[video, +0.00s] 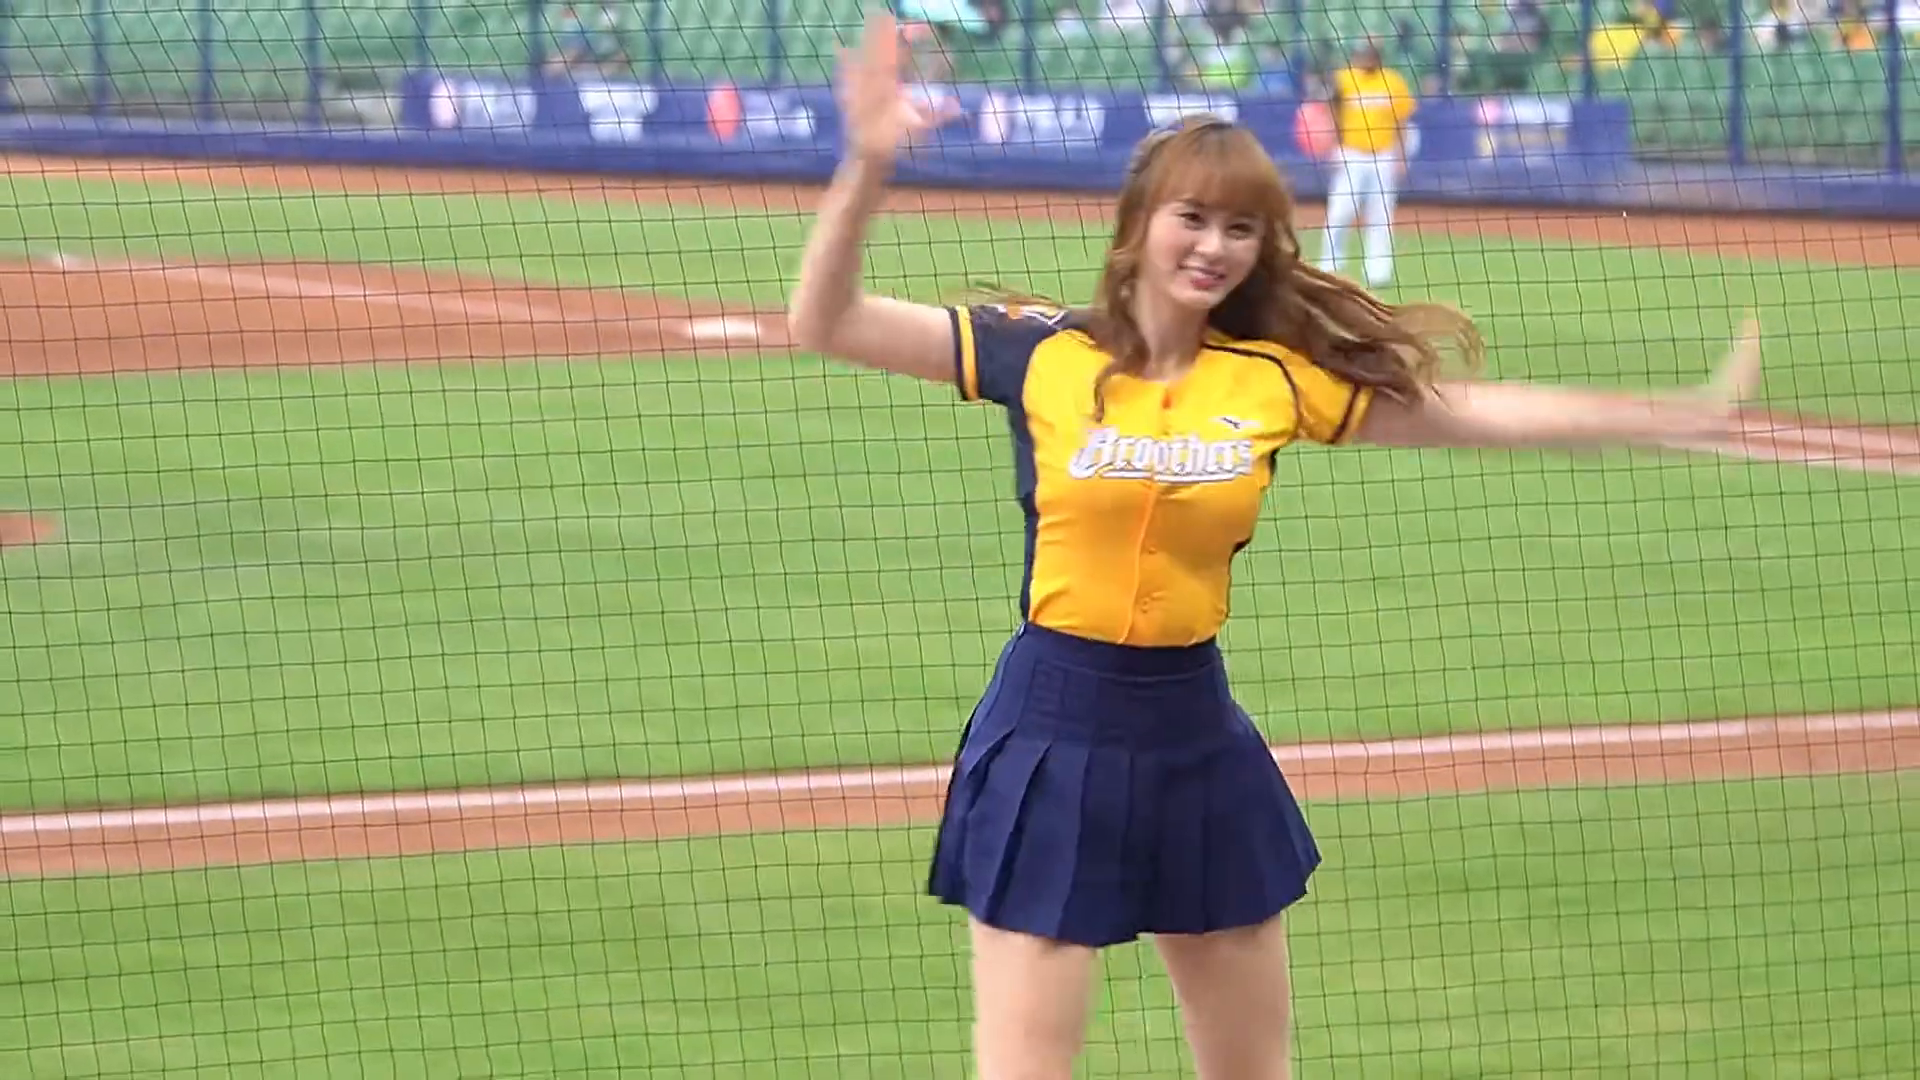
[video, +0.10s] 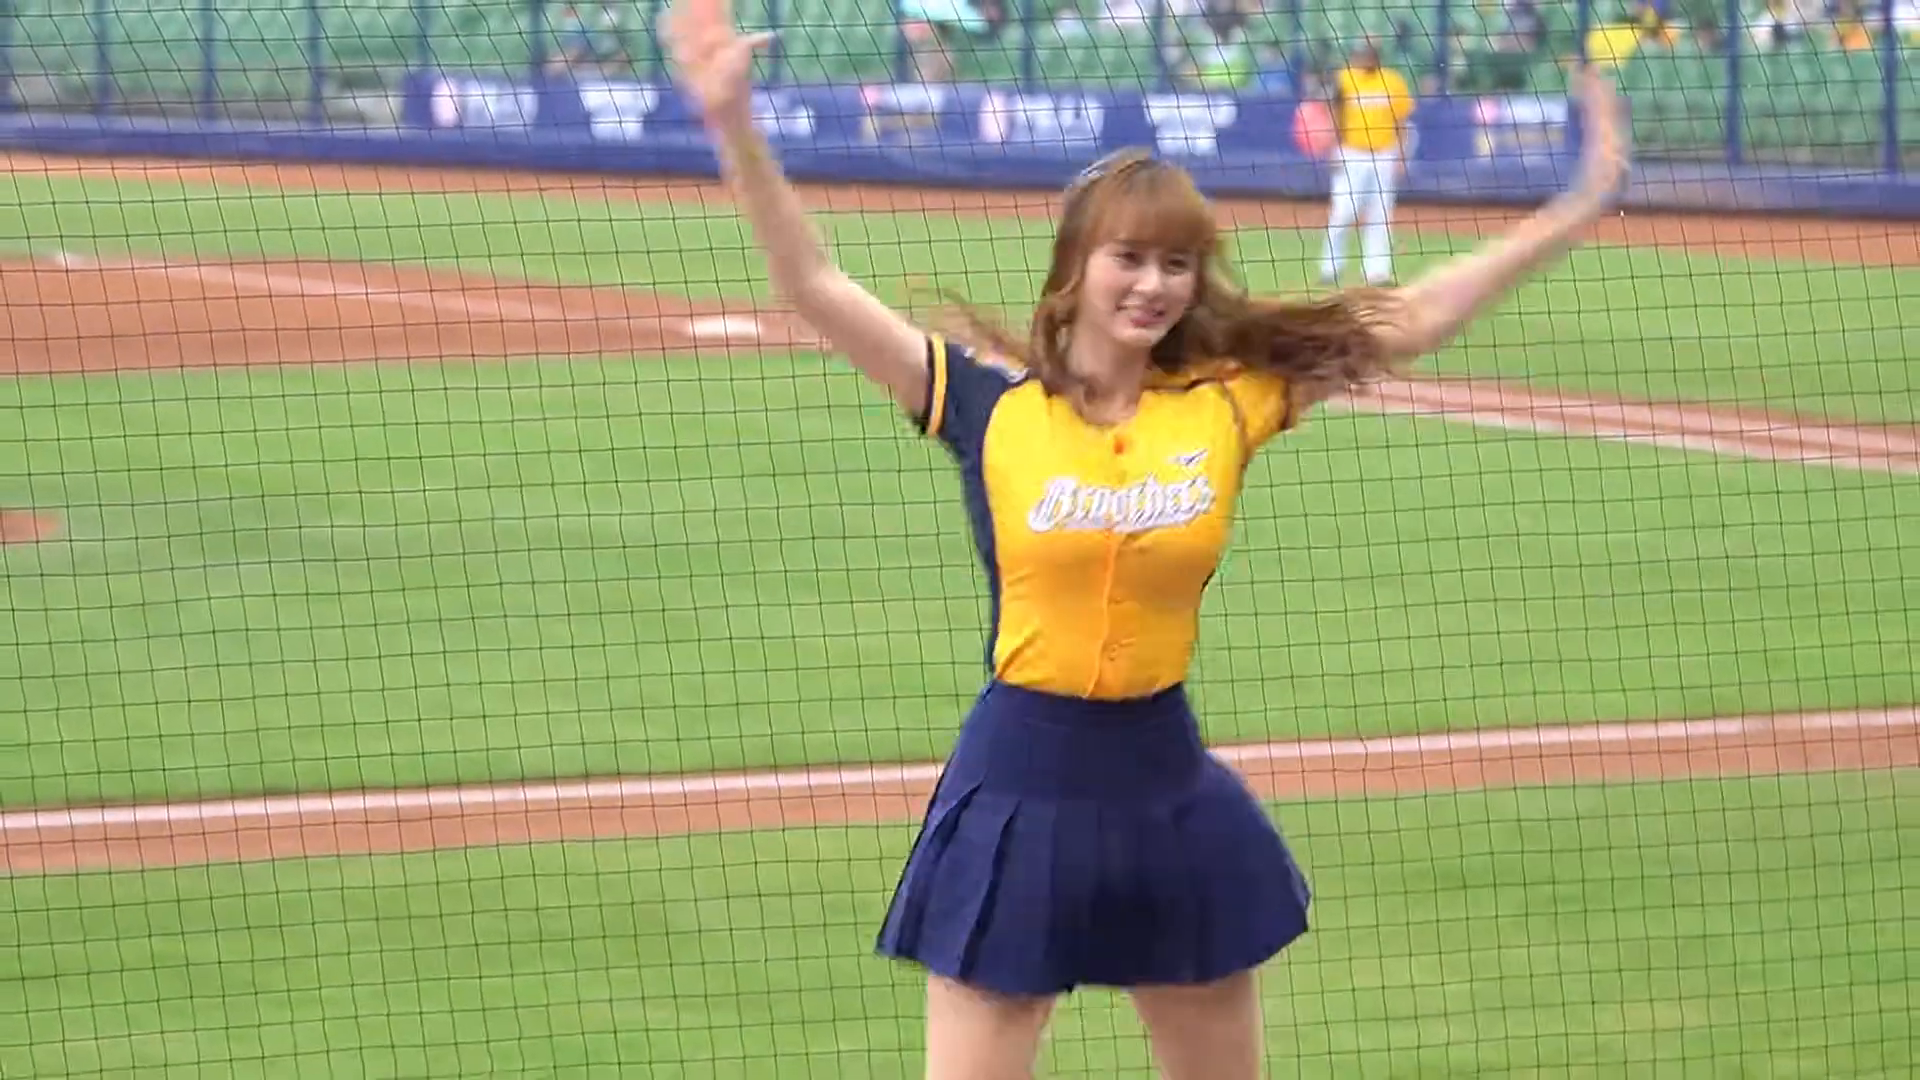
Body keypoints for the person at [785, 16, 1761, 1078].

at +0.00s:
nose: (1216, 246)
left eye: (1241, 226)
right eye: (1192, 217)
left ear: (1263, 248)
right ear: (1136, 223)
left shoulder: (1277, 379)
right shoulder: (1033, 351)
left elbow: (1477, 410)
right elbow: (821, 320)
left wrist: (1690, 416)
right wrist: (865, 168)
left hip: (1198, 740)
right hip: (1049, 733)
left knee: (1254, 1063)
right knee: (1021, 1063)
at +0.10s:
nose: (1155, 282)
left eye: (1177, 262)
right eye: (1130, 256)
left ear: (1199, 281)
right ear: (1073, 263)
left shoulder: (1230, 401)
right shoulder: (982, 398)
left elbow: (1413, 318)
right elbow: (809, 284)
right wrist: (734, 123)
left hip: (1167, 786)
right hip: (1016, 785)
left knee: (1223, 1066)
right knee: (971, 1065)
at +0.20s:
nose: (1101, 270)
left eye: (1121, 248)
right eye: (1074, 245)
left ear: (1143, 267)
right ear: (1020, 258)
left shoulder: (1169, 395)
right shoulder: (938, 402)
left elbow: (1347, 351)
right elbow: (739, 339)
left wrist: (1423, 210)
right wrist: (598, 220)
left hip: (1114, 768)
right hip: (972, 770)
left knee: (1189, 1064)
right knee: (930, 1066)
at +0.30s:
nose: (1063, 242)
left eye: (1083, 220)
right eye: (1036, 218)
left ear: (1102, 240)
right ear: (978, 236)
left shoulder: (1124, 381)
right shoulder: (911, 386)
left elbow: (1234, 474)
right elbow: (727, 469)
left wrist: (1276, 427)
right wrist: (579, 504)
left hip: (1074, 737)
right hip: (940, 738)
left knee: (1184, 1065)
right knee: (913, 1066)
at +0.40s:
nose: (1018, 282)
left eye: (1038, 258)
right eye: (991, 257)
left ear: (1061, 273)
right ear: (934, 276)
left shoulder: (1068, 432)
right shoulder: (872, 431)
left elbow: (1090, 611)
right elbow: (760, 624)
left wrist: (1158, 696)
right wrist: (737, 769)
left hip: (1034, 785)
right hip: (898, 790)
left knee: (1135, 1064)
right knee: (919, 1065)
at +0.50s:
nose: (1001, 309)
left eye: (1019, 285)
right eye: (972, 285)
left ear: (1039, 301)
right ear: (917, 301)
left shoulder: (1034, 469)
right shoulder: (861, 470)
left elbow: (1050, 680)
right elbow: (851, 688)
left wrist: (1139, 778)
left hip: (988, 793)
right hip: (862, 792)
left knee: (1078, 1062)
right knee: (883, 1063)